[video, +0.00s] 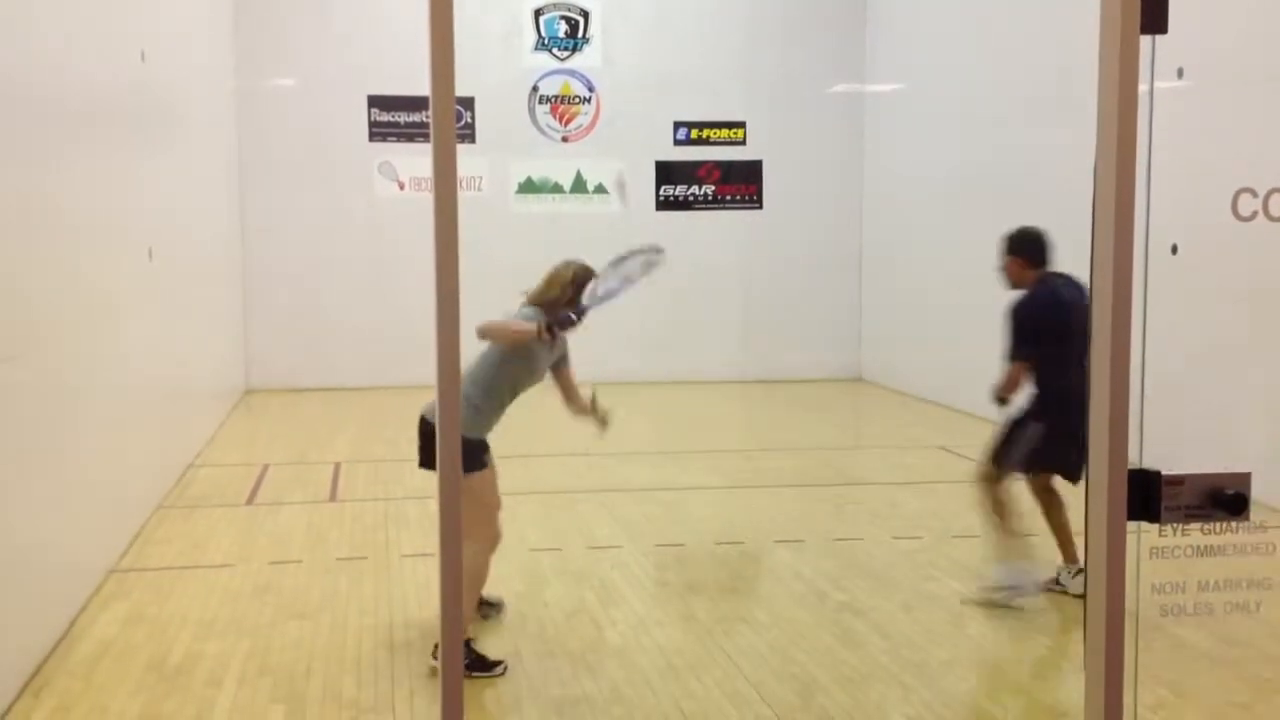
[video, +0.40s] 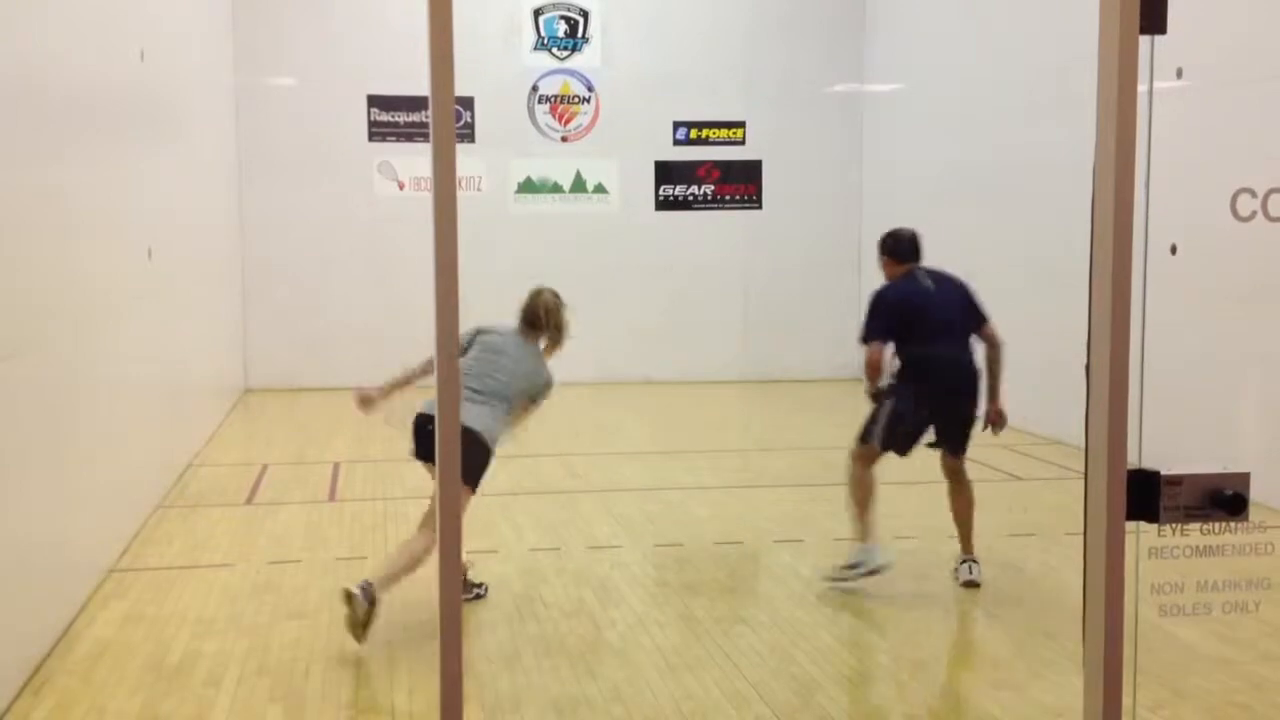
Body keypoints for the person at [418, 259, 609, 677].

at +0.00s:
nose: (584, 304)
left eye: (587, 297)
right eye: (583, 295)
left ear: (556, 287)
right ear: (571, 295)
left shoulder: (556, 341)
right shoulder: (531, 320)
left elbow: (572, 398)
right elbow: (485, 330)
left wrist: (590, 408)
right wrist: (539, 330)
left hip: (470, 434)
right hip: (454, 435)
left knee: (486, 517)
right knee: (481, 539)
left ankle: (467, 597)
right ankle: (453, 643)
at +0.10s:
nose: (585, 328)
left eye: (586, 320)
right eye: (585, 320)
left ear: (560, 312)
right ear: (572, 321)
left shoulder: (547, 357)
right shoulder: (522, 339)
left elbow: (545, 407)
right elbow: (503, 355)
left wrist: (556, 442)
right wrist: (513, 353)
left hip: (463, 439)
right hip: (444, 439)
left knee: (482, 503)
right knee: (473, 539)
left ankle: (465, 581)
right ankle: (453, 645)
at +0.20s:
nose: (575, 342)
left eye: (578, 334)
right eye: (577, 334)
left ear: (541, 320)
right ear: (565, 332)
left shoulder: (509, 347)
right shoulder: (531, 373)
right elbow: (544, 440)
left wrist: (546, 410)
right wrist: (546, 413)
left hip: (425, 428)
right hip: (448, 444)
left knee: (469, 492)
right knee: (452, 544)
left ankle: (458, 582)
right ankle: (447, 639)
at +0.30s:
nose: (565, 346)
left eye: (567, 338)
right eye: (567, 338)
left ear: (537, 322)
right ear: (560, 336)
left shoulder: (491, 334)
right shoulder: (541, 383)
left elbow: (446, 364)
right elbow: (548, 448)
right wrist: (559, 483)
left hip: (414, 424)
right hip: (455, 441)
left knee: (443, 510)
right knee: (443, 538)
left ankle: (454, 575)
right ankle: (402, 607)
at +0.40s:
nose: (555, 328)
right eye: (555, 322)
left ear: (522, 314)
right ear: (553, 326)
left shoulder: (483, 334)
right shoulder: (542, 377)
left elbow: (430, 365)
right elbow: (513, 418)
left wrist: (382, 392)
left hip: (429, 423)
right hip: (473, 442)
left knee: (448, 504)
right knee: (429, 531)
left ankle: (457, 578)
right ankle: (372, 589)